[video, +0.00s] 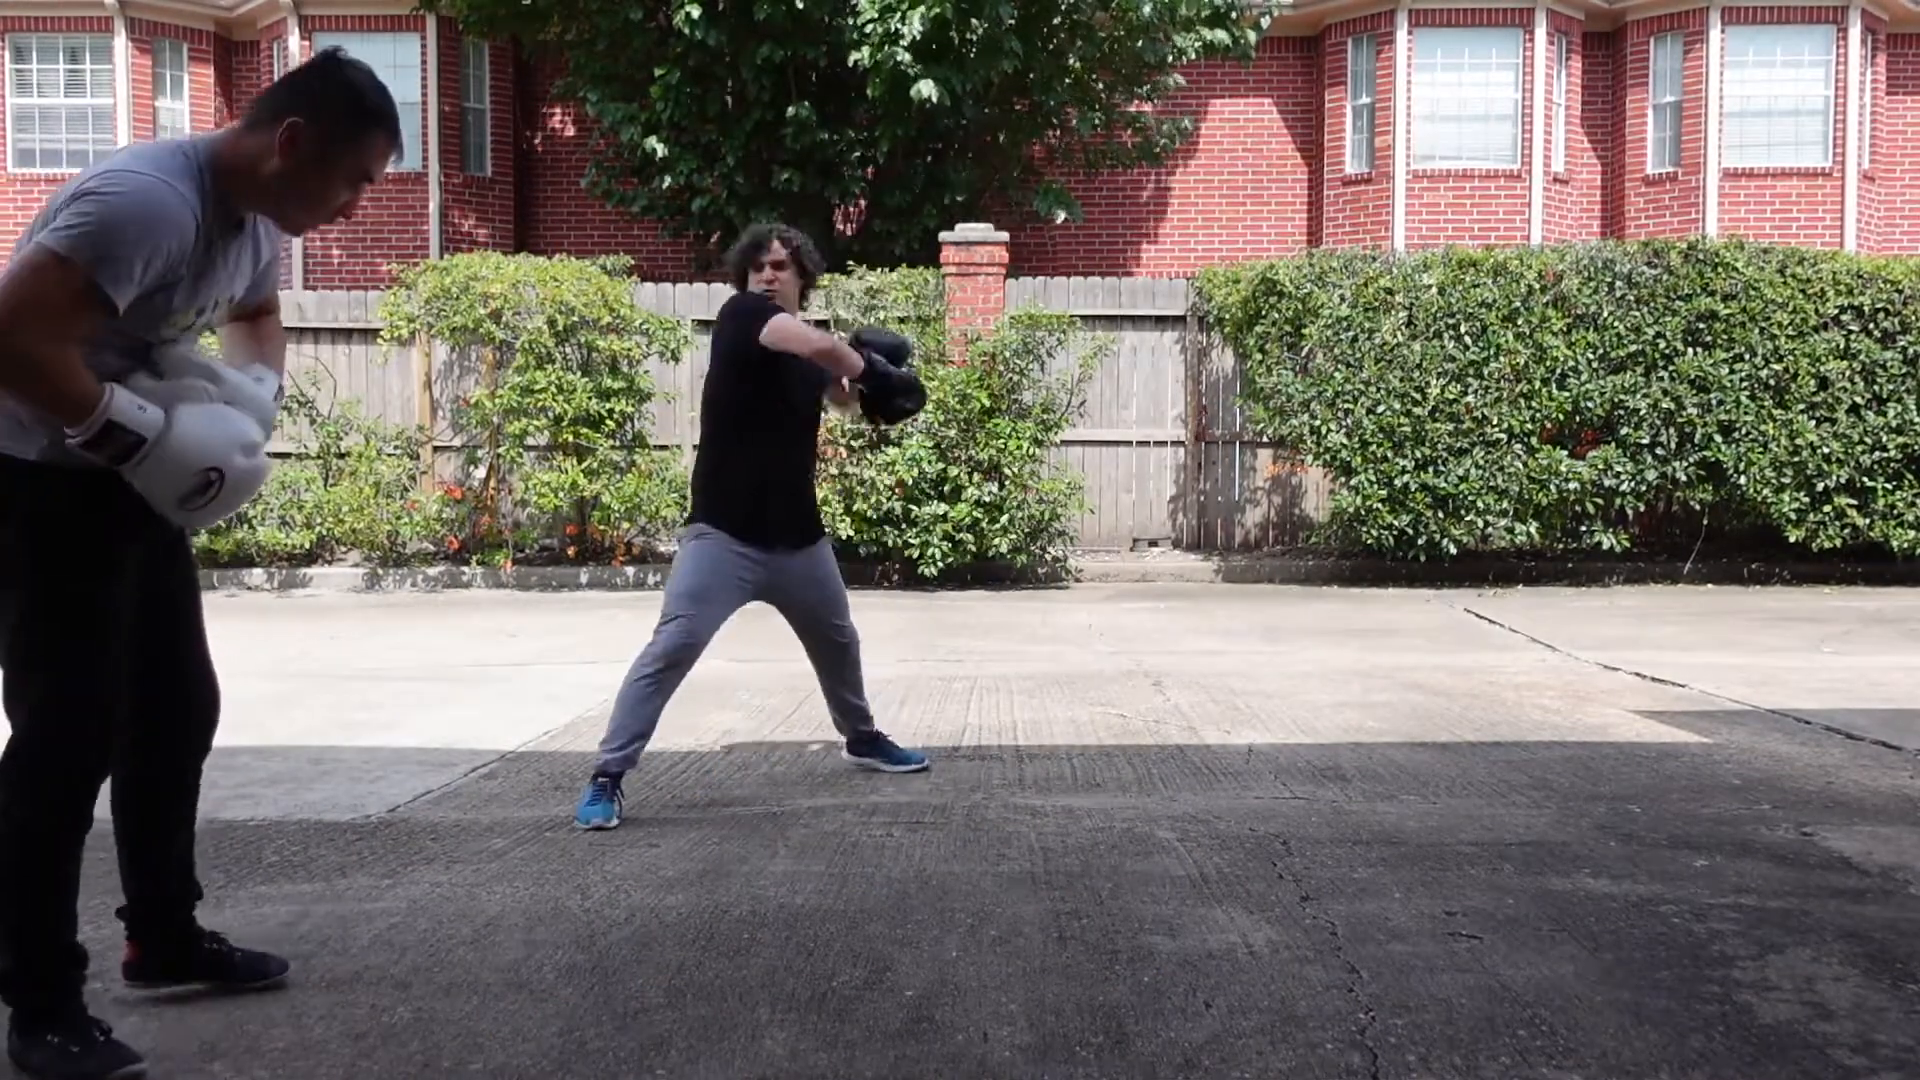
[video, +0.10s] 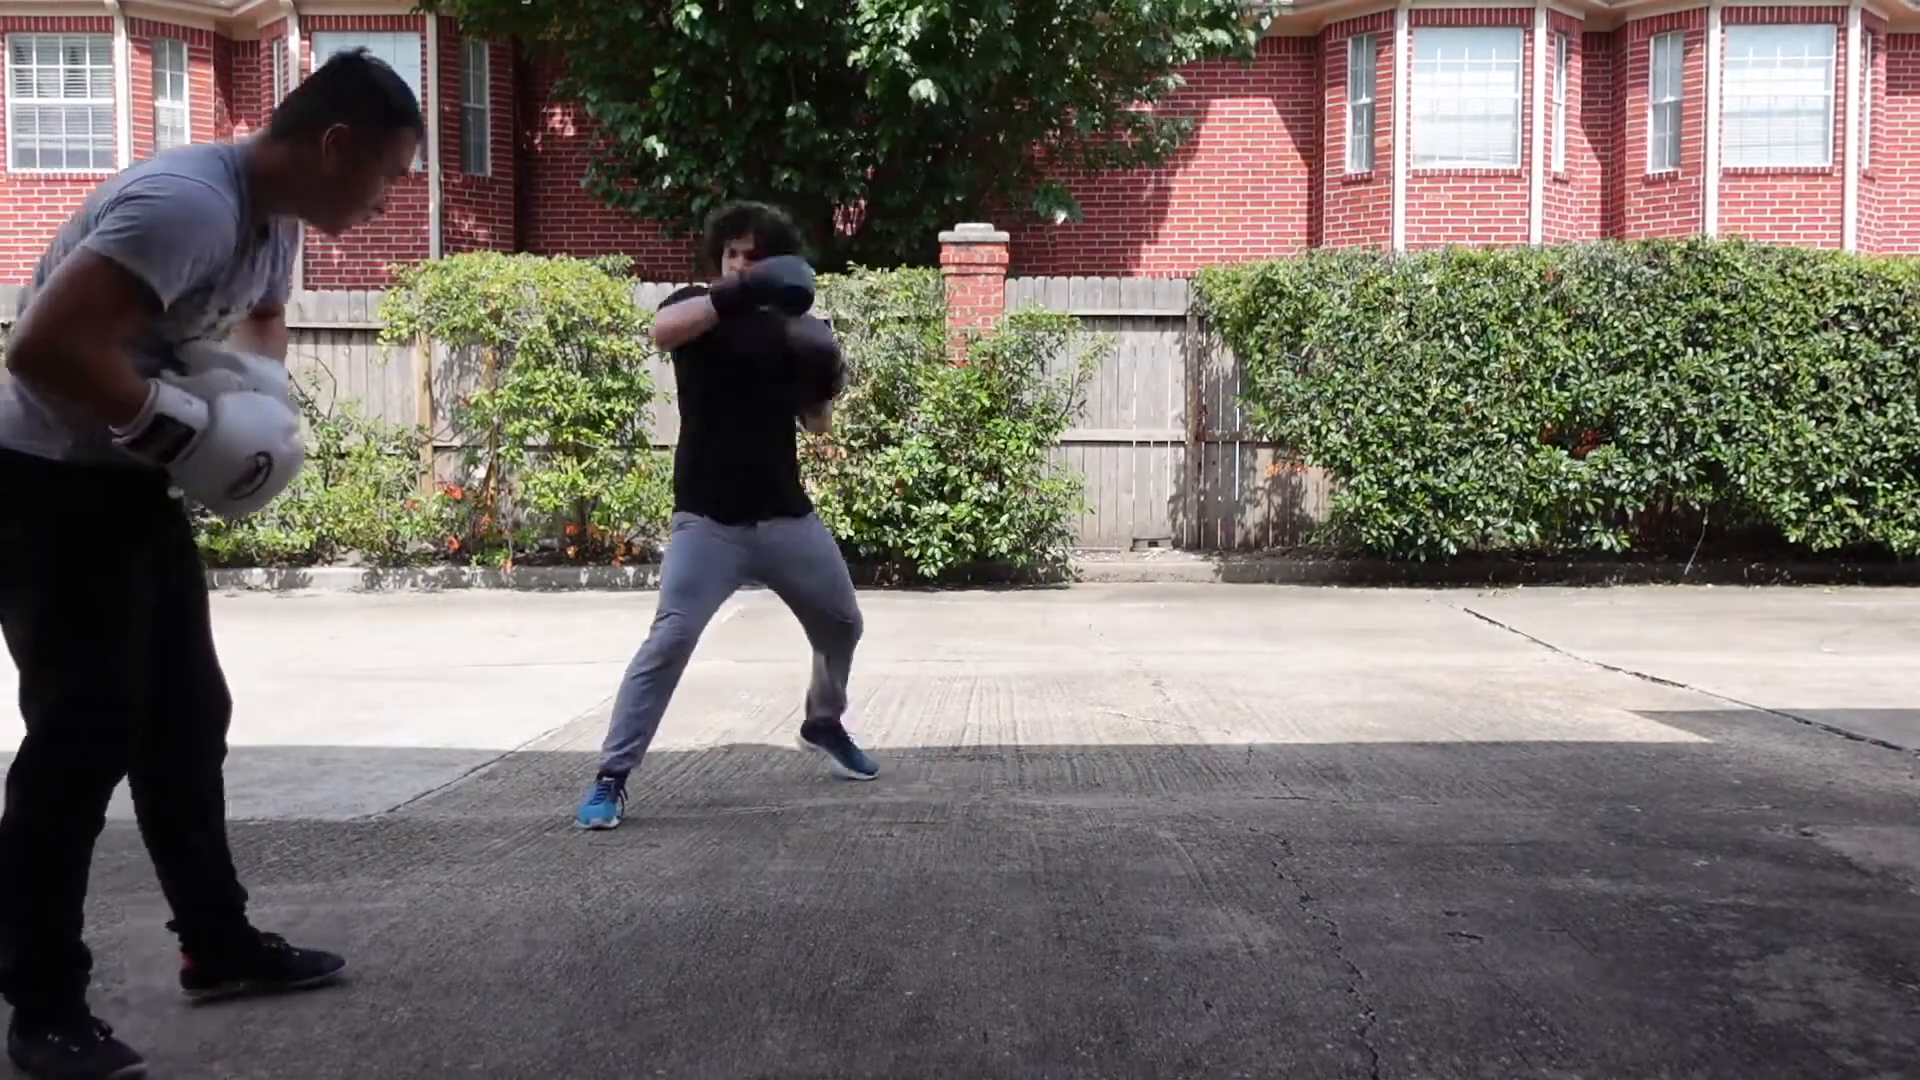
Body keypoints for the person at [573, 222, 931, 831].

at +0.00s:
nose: (773, 274)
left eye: (784, 266)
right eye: (763, 266)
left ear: (804, 276)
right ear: (746, 277)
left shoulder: (811, 341)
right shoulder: (742, 314)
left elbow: (843, 400)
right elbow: (818, 343)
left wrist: (864, 377)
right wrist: (863, 371)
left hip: (800, 541)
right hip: (722, 537)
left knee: (839, 643)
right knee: (674, 645)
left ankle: (862, 736)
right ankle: (607, 777)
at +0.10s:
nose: (743, 268)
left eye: (755, 258)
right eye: (734, 256)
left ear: (778, 264)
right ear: (716, 259)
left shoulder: (791, 326)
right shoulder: (693, 305)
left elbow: (816, 422)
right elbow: (662, 332)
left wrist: (820, 363)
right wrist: (734, 292)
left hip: (786, 518)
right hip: (707, 521)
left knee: (842, 623)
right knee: (670, 639)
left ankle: (823, 722)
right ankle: (611, 778)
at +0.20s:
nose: (708, 266)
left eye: (721, 255)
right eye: (700, 254)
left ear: (752, 261)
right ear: (690, 257)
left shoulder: (783, 320)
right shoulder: (667, 314)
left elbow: (808, 405)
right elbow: (604, 366)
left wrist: (768, 356)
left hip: (772, 513)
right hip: (692, 516)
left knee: (837, 617)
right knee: (654, 639)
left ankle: (793, 747)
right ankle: (608, 780)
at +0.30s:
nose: (675, 271)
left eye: (688, 259)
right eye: (667, 259)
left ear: (722, 258)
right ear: (660, 261)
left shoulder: (769, 318)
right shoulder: (649, 316)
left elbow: (791, 405)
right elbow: (580, 369)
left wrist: (731, 358)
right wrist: (569, 310)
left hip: (765, 522)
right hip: (681, 519)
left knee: (814, 636)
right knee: (647, 632)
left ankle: (792, 749)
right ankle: (609, 778)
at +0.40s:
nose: (673, 265)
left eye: (686, 253)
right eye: (665, 253)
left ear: (720, 254)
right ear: (659, 257)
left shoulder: (767, 315)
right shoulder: (648, 312)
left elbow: (789, 404)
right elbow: (578, 358)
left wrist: (725, 362)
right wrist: (564, 300)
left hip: (760, 516)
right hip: (675, 516)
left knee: (808, 637)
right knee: (641, 637)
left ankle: (830, 746)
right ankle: (610, 778)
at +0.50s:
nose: (692, 260)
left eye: (705, 248)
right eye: (684, 249)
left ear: (735, 252)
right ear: (676, 255)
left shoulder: (779, 317)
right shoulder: (658, 312)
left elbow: (800, 405)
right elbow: (588, 352)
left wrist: (732, 380)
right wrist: (564, 300)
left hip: (766, 516)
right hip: (681, 516)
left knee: (811, 636)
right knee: (647, 639)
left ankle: (839, 751)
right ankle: (610, 779)